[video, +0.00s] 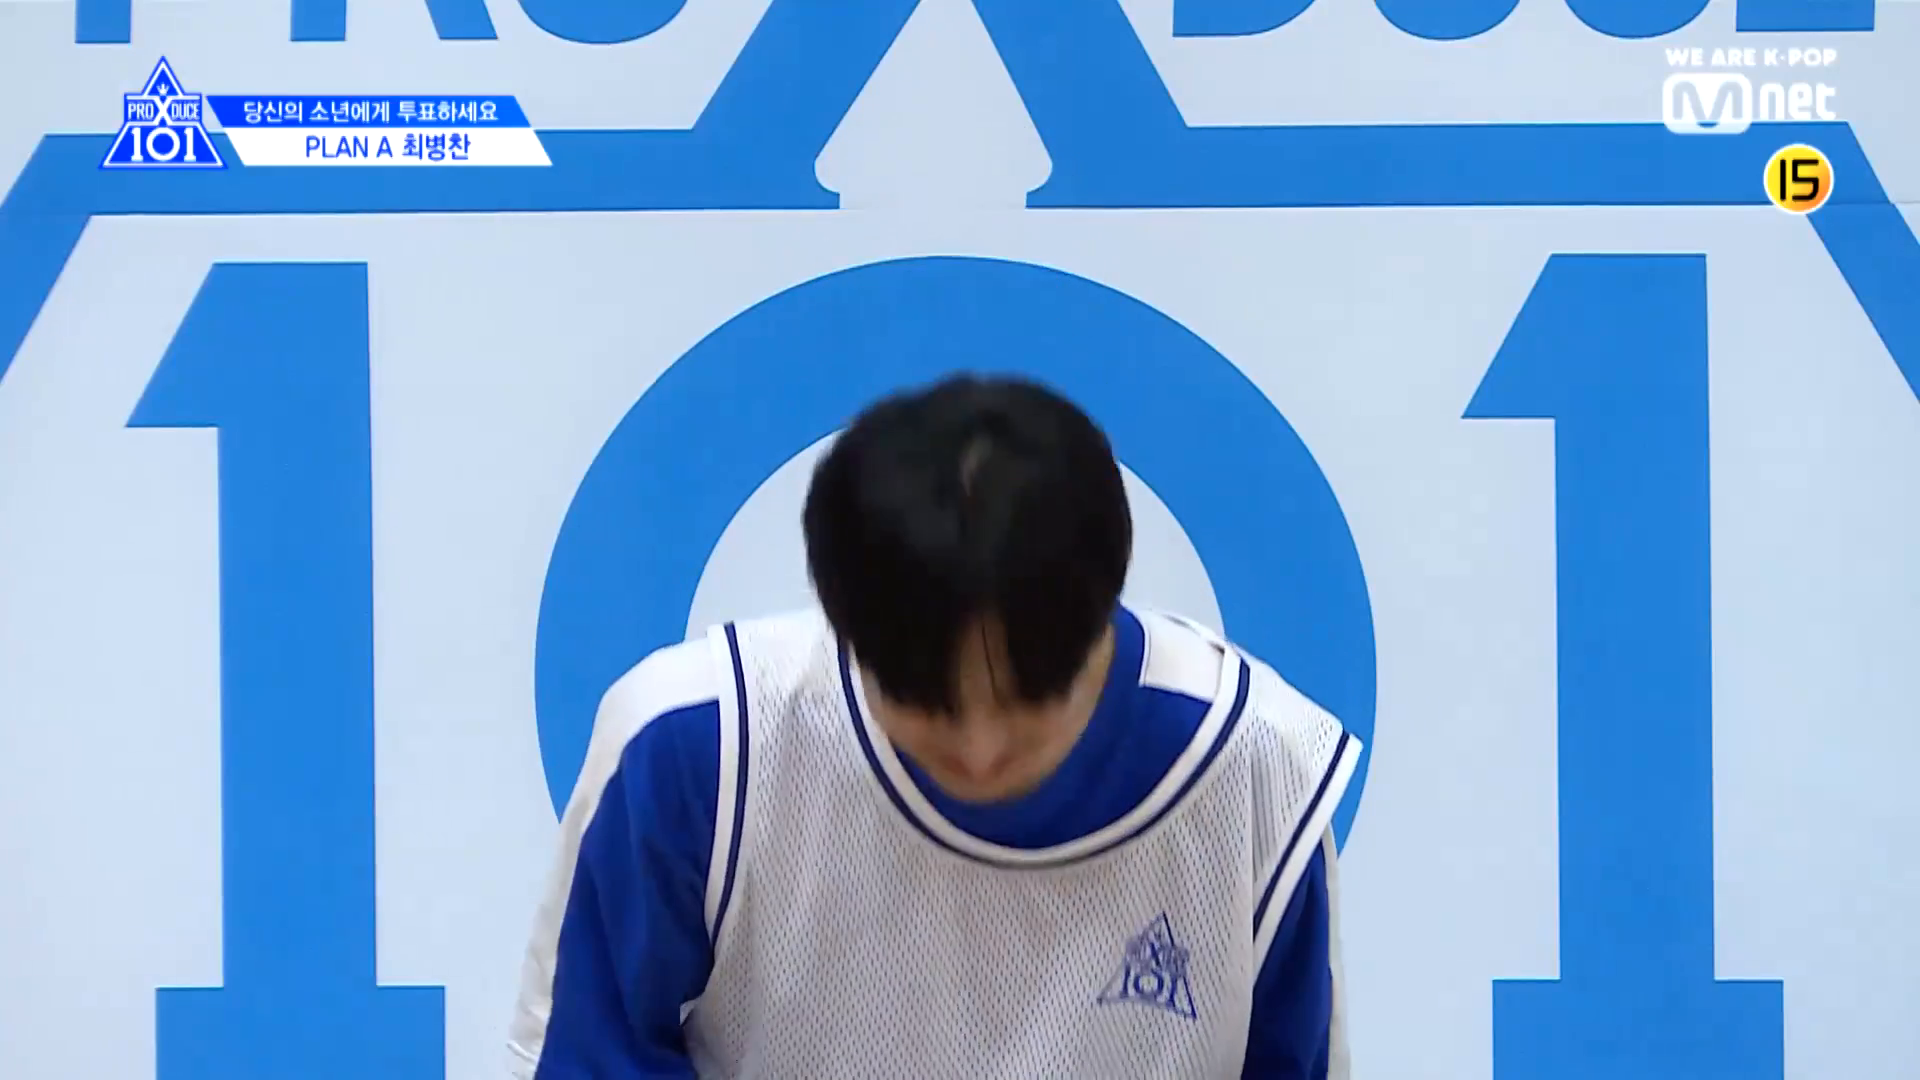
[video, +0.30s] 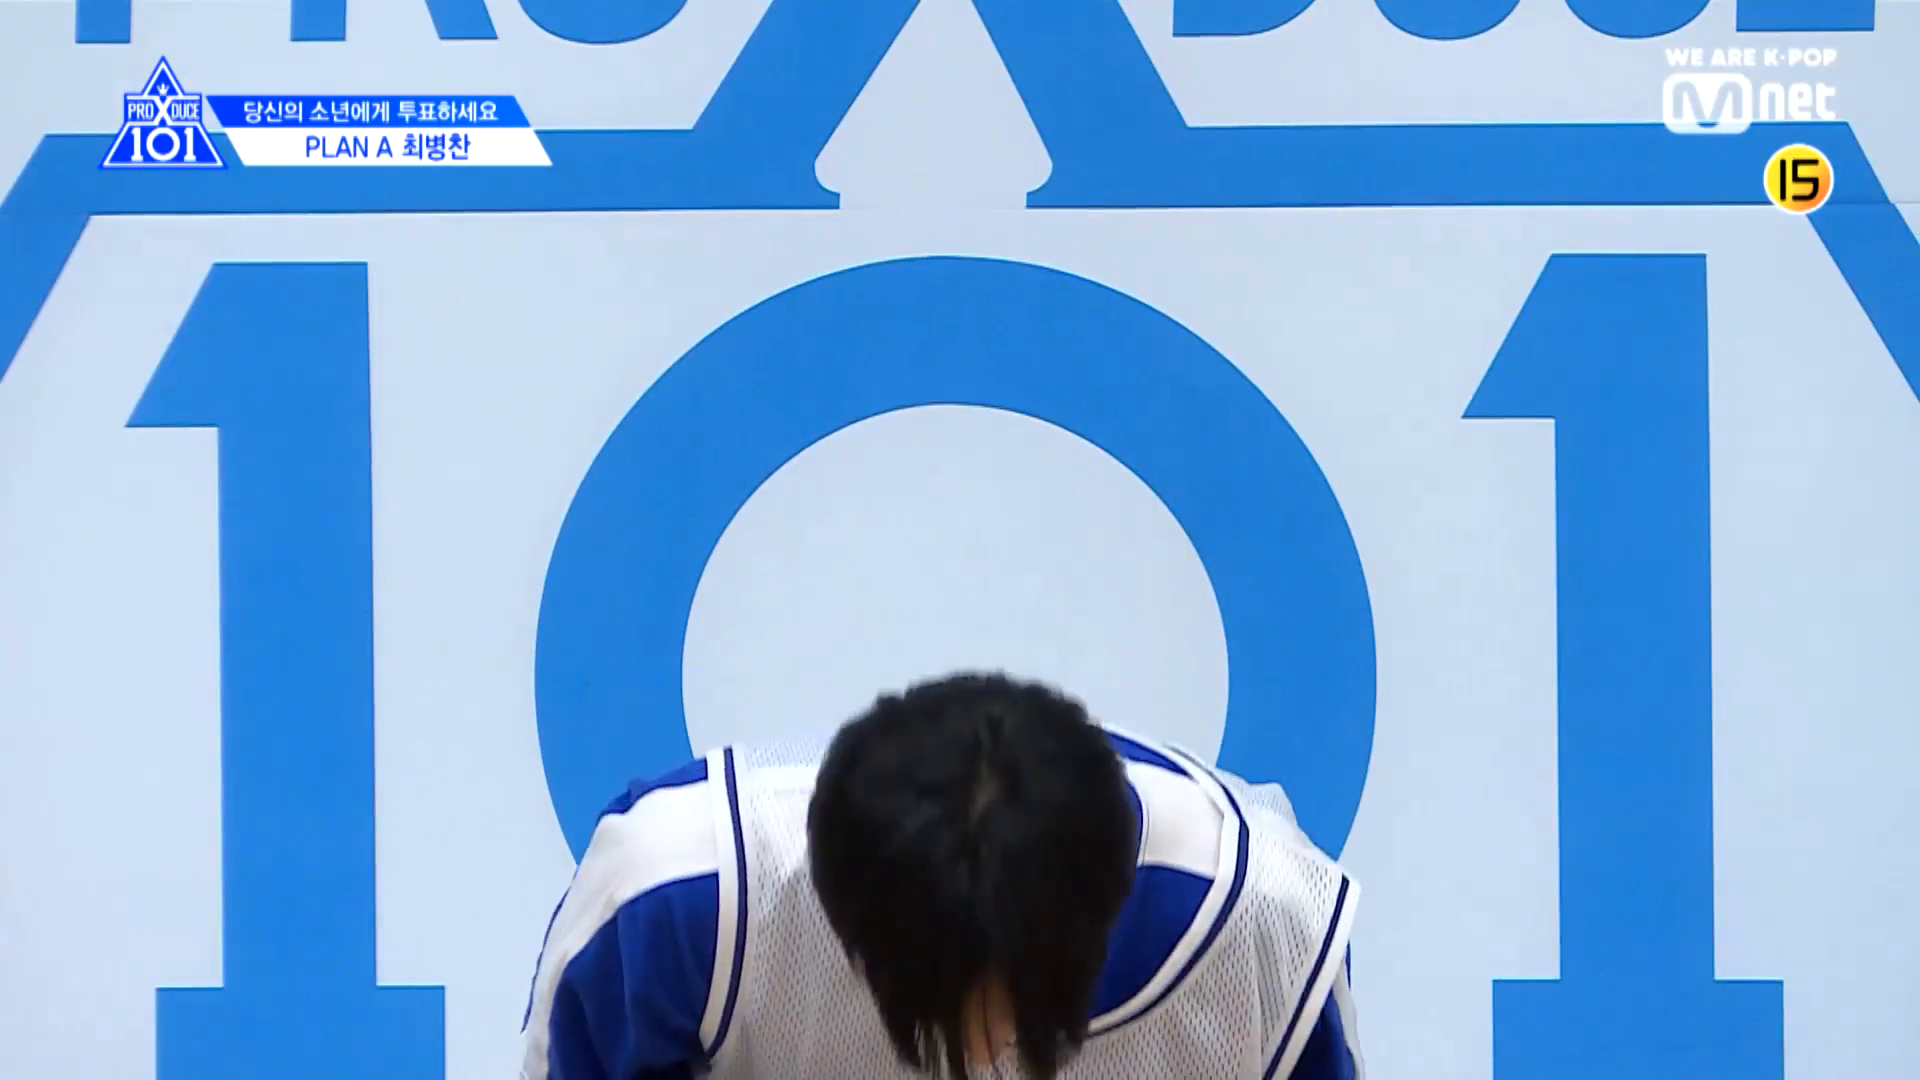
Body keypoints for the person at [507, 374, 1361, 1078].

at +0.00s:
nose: (981, 751)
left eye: (1034, 696)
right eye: (922, 702)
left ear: (1105, 614)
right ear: (850, 637)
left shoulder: (1259, 783)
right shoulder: (687, 756)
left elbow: (1285, 1057)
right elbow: (592, 1052)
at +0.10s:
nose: (988, 862)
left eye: (1036, 804)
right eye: (930, 814)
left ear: (1103, 724)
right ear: (857, 746)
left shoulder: (1268, 832)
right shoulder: (683, 813)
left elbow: (1301, 1064)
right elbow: (596, 1062)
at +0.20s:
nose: (995, 956)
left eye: (1039, 914)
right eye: (943, 918)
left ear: (1113, 821)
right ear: (857, 842)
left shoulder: (1275, 895)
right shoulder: (674, 869)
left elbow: (1309, 1072)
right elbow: (585, 1068)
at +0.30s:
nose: (992, 1052)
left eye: (1036, 1007)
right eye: (940, 1012)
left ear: (1103, 919)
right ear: (854, 927)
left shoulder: (1273, 945)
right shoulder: (665, 921)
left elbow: (1317, 1066)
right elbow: (582, 1063)